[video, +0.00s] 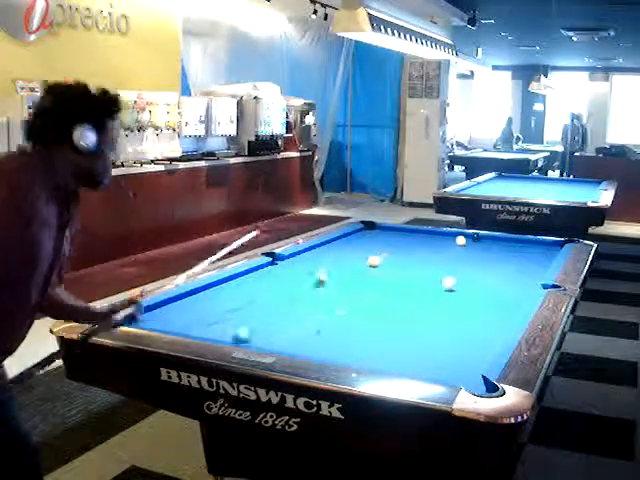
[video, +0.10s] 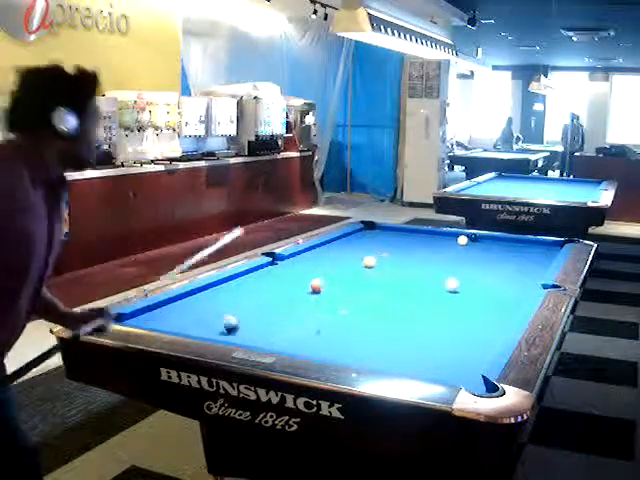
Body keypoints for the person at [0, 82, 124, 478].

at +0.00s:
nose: (116, 154)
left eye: (114, 142)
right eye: (110, 142)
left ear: (80, 140)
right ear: (81, 140)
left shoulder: (61, 193)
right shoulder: (16, 190)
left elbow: (41, 293)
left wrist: (97, 315)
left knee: (21, 455)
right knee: (21, 457)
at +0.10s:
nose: (98, 135)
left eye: (97, 123)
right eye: (93, 122)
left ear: (66, 124)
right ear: (63, 122)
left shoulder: (47, 182)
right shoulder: (10, 181)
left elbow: (18, 277)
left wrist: (65, 316)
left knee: (20, 455)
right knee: (19, 457)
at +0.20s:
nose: (76, 118)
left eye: (75, 105)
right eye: (70, 104)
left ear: (40, 107)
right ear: (39, 106)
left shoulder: (32, 171)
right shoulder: (9, 173)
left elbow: (21, 263)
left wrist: (50, 310)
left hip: (0, 360)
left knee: (17, 453)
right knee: (19, 454)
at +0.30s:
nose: (57, 102)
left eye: (55, 92)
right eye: (48, 92)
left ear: (24, 98)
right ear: (14, 96)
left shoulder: (24, 169)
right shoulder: (4, 171)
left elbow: (29, 245)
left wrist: (41, 300)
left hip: (1, 355)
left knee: (15, 460)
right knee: (19, 461)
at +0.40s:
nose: (40, 93)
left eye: (36, 80)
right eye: (31, 80)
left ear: (18, 88)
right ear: (4, 89)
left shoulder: (17, 169)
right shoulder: (7, 171)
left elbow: (30, 243)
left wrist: (46, 291)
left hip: (4, 362)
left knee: (16, 459)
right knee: (19, 462)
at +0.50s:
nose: (25, 87)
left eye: (19, 73)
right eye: (14, 73)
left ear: (11, 82)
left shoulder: (10, 163)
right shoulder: (6, 164)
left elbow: (26, 242)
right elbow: (23, 241)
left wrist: (59, 301)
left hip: (6, 362)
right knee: (22, 466)